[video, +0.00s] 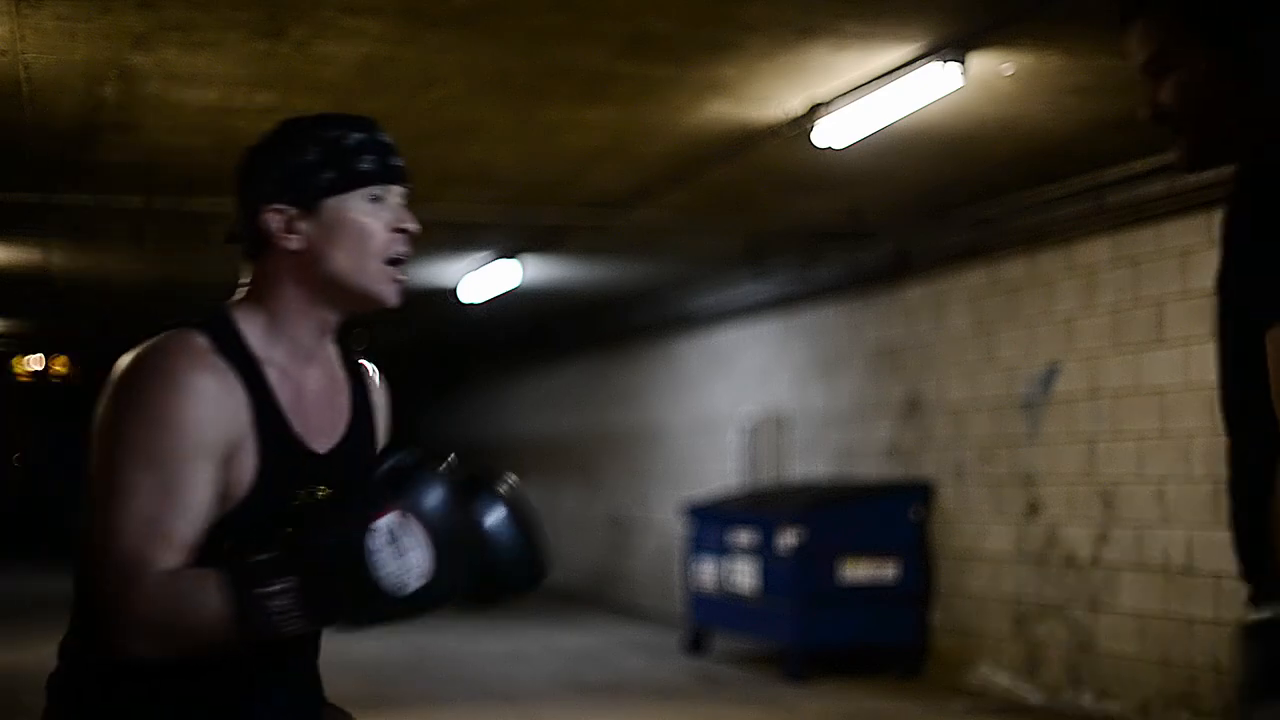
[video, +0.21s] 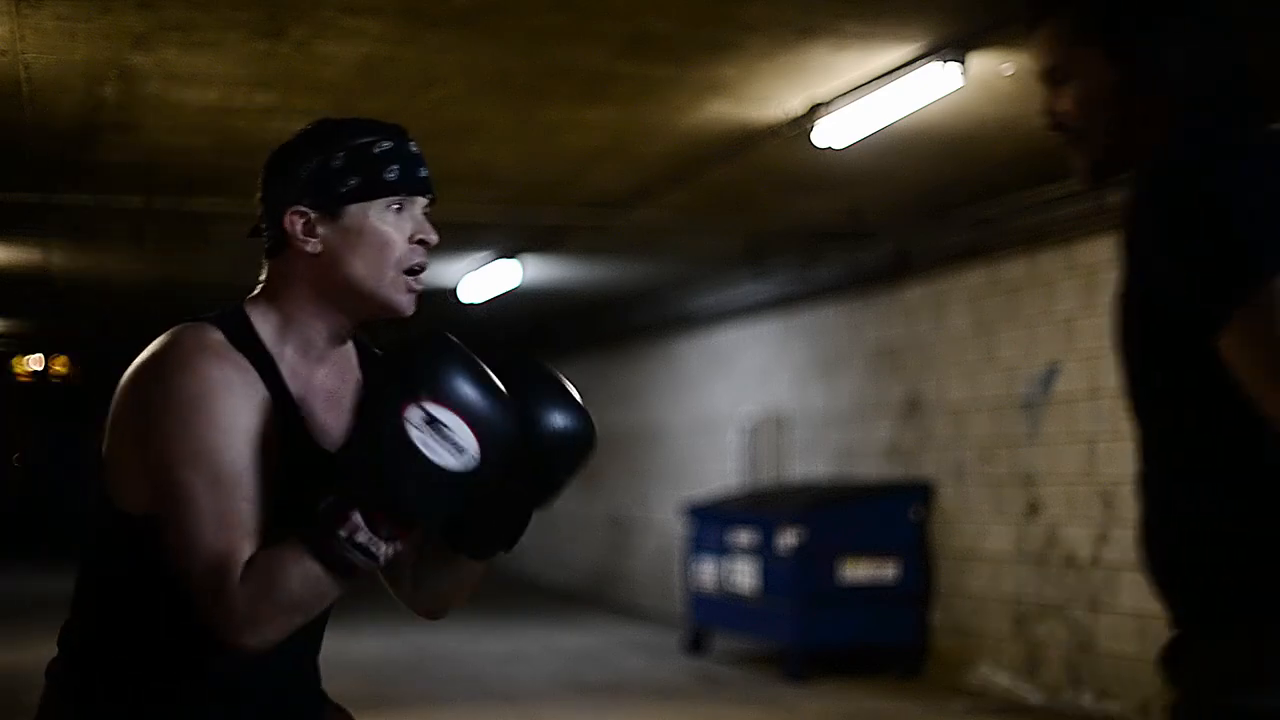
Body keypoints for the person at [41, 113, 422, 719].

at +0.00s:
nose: (409, 225)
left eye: (403, 205)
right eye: (378, 202)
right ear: (288, 227)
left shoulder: (366, 390)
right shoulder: (180, 382)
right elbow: (128, 609)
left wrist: (434, 542)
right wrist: (316, 580)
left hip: (282, 695)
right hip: (147, 703)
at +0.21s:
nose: (428, 235)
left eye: (423, 212)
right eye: (398, 208)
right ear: (306, 228)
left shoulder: (370, 379)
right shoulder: (195, 374)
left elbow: (428, 593)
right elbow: (239, 614)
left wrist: (503, 489)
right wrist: (377, 510)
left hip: (281, 697)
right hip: (143, 699)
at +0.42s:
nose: (364, 233)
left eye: (360, 212)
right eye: (334, 207)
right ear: (243, 231)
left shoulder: (304, 376)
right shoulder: (134, 376)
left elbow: (358, 597)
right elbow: (146, 616)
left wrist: (423, 496)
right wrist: (293, 524)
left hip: (239, 703)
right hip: (98, 714)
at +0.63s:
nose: (294, 224)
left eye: (291, 204)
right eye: (262, 200)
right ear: (174, 226)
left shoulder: (252, 364)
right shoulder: (72, 371)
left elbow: (287, 583)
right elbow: (70, 611)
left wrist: (362, 491)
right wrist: (215, 521)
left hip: (206, 696)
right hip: (80, 712)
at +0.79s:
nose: (297, 216)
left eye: (296, 196)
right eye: (264, 194)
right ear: (178, 222)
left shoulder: (265, 357)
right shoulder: (80, 362)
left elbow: (332, 583)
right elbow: (108, 599)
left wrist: (377, 466)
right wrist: (228, 477)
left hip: (229, 699)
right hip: (95, 713)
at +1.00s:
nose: (390, 228)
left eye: (388, 208)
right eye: (358, 204)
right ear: (270, 227)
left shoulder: (324, 368)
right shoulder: (167, 362)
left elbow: (409, 594)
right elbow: (220, 595)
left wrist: (452, 451)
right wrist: (325, 465)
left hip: (269, 695)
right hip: (136, 701)